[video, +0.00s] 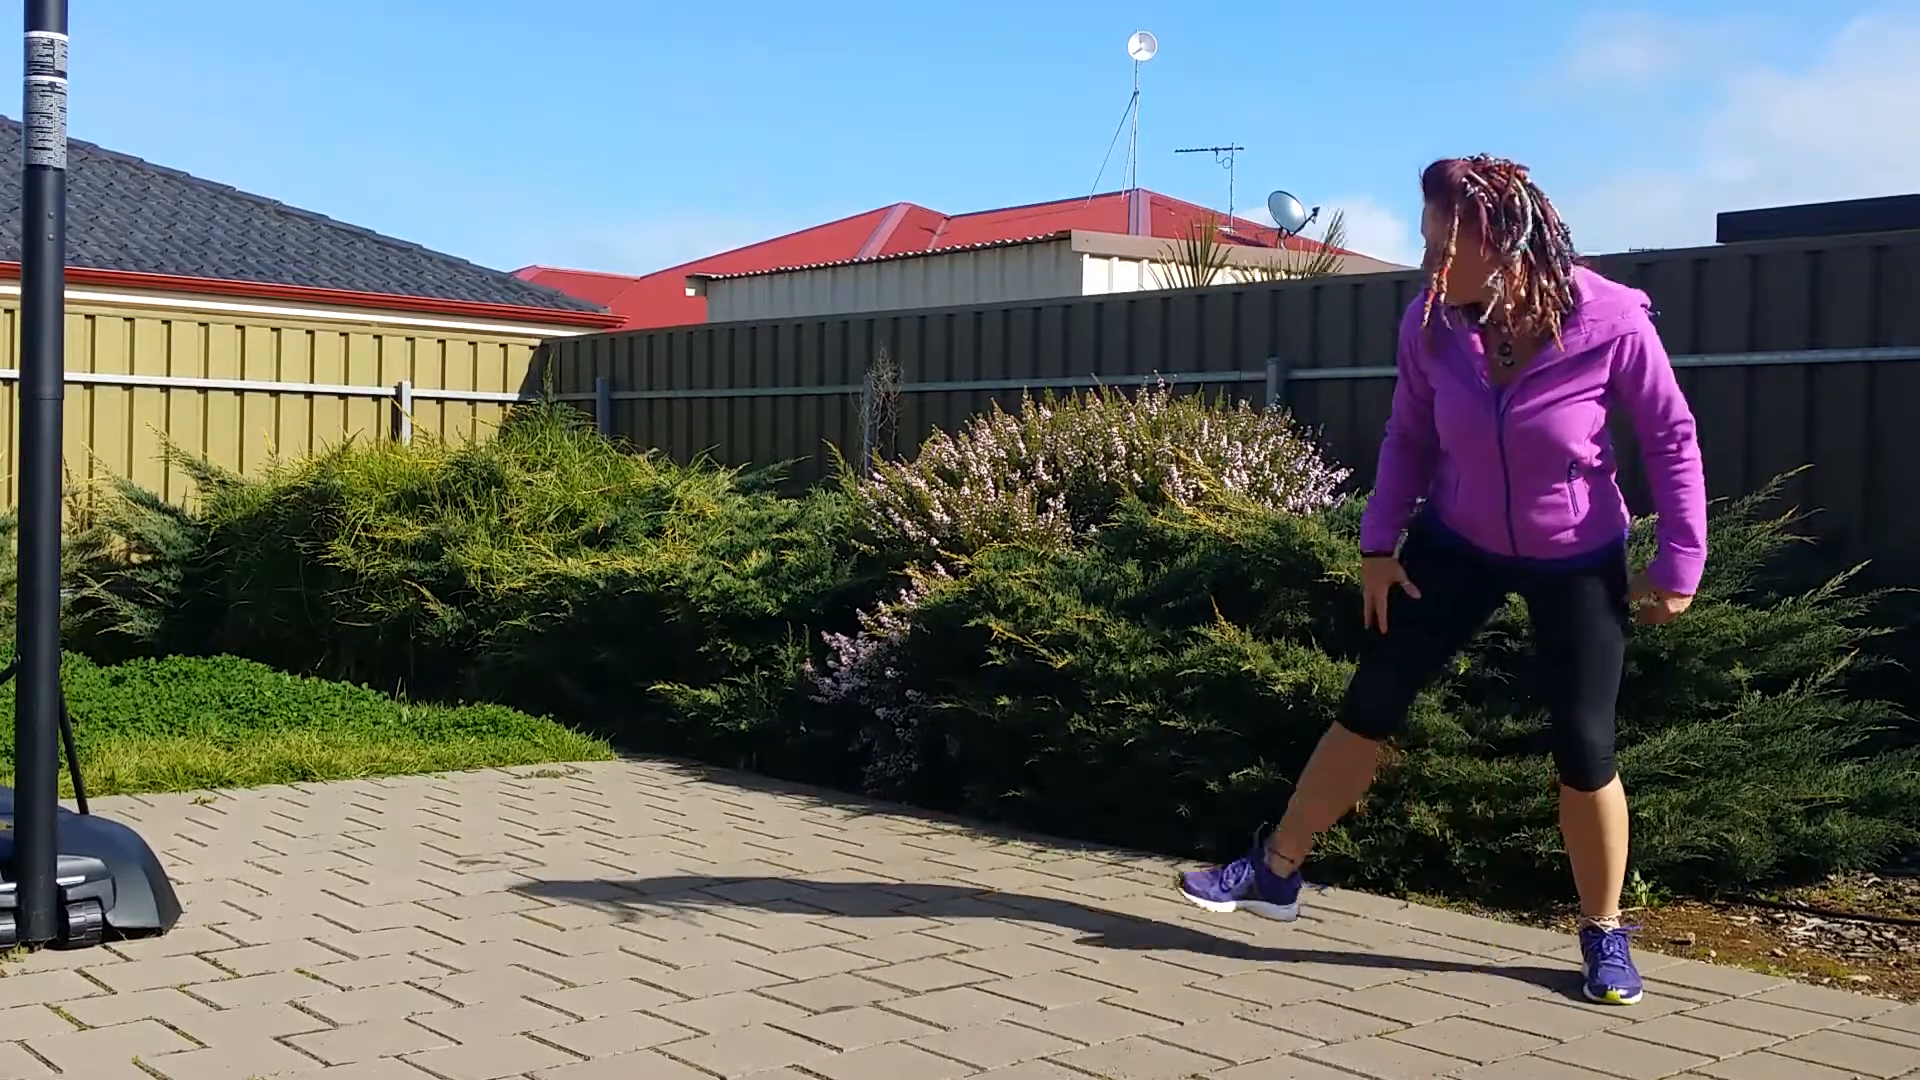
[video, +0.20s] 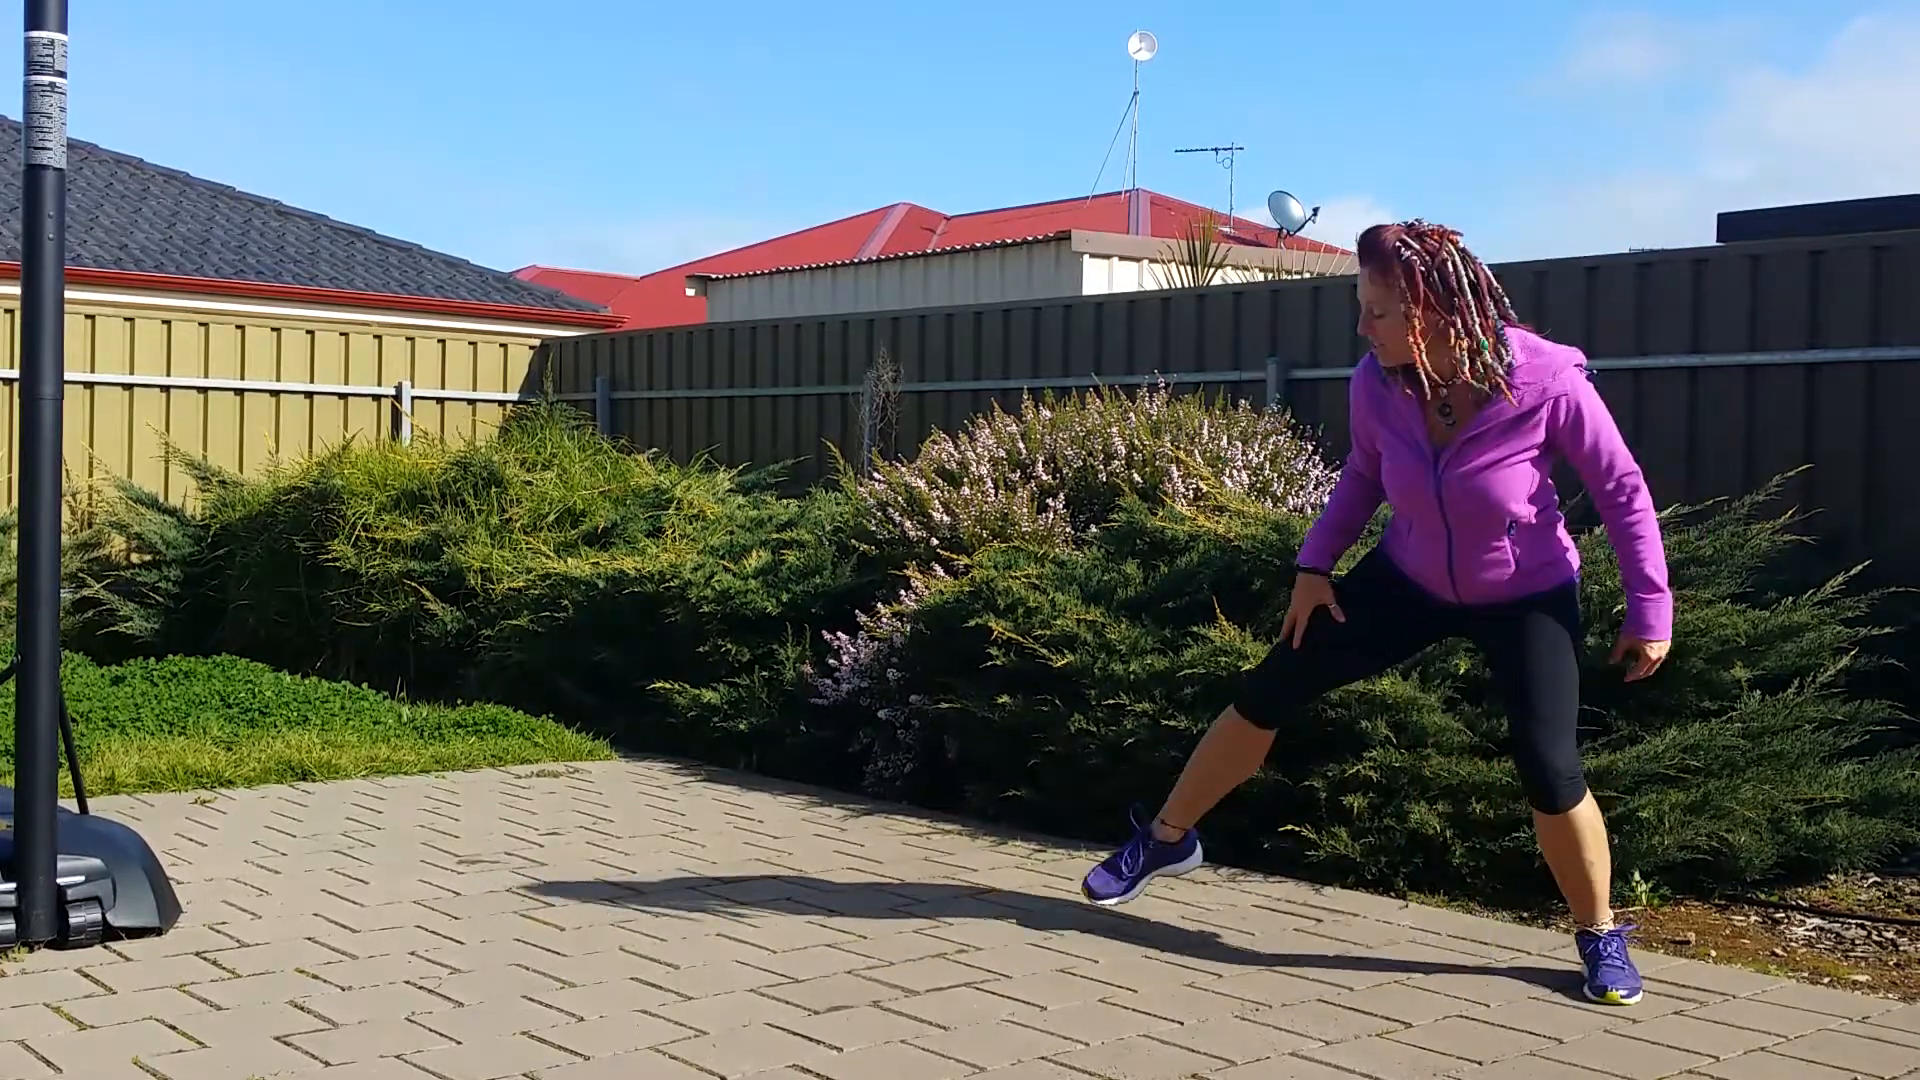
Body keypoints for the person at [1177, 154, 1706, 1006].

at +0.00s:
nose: (1431, 259)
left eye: (1441, 242)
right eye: (1429, 242)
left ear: (1498, 238)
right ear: (1456, 237)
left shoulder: (1614, 317)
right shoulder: (1431, 317)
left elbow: (1671, 435)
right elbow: (1407, 436)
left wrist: (1681, 554)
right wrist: (1379, 541)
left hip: (1576, 556)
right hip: (1456, 544)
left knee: (1586, 749)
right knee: (1370, 704)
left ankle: (1605, 938)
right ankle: (1274, 868)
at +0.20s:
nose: (1364, 326)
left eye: (1376, 311)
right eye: (1363, 310)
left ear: (1434, 310)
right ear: (1393, 312)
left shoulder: (1548, 377)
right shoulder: (1375, 382)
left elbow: (1621, 490)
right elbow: (1361, 477)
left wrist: (1650, 607)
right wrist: (1314, 562)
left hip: (1526, 593)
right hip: (1410, 578)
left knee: (1551, 769)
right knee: (1278, 680)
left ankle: (1601, 935)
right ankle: (1162, 836)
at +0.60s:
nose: (1124, 277)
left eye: (1134, 264)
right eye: (1124, 264)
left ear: (1180, 267)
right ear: (1147, 267)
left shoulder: (1289, 340)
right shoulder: (1135, 336)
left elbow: (1355, 437)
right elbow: (1124, 426)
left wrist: (1396, 535)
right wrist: (1103, 511)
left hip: (1275, 539)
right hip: (1175, 533)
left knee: (1272, 690)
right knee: (1107, 671)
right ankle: (1143, 841)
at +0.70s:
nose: (1087, 276)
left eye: (1098, 264)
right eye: (1091, 263)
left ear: (1144, 275)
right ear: (1123, 276)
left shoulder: (1246, 351)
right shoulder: (1104, 349)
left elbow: (1322, 447)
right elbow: (1095, 428)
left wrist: (1366, 540)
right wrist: (1067, 508)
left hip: (1224, 555)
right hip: (1131, 543)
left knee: (1201, 711)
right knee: (1048, 655)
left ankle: (1188, 875)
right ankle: (1040, 829)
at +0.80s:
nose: (1050, 303)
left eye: (1064, 293)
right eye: (1053, 291)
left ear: (1110, 303)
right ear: (1085, 303)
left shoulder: (1198, 379)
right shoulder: (1066, 364)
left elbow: (1278, 481)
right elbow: (1067, 450)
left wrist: (1332, 574)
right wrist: (1025, 532)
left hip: (1184, 569)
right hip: (1091, 556)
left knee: (1174, 728)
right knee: (986, 669)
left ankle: (1183, 882)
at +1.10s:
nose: (888, 306)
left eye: (902, 297)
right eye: (886, 294)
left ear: (948, 301)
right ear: (887, 295)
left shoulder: (1008, 377)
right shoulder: (879, 362)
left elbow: (1068, 477)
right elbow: (877, 459)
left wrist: (1097, 569)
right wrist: (855, 541)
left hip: (1001, 569)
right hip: (912, 570)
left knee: (1056, 703)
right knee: (841, 685)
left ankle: (1135, 857)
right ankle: (873, 827)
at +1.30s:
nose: (820, 275)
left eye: (833, 263)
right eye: (816, 263)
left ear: (875, 263)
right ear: (816, 261)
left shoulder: (939, 337)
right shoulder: (807, 326)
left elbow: (994, 429)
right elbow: (794, 406)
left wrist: (1031, 513)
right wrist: (770, 486)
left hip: (922, 507)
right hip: (837, 501)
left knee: (903, 647)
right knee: (800, 634)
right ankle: (813, 787)